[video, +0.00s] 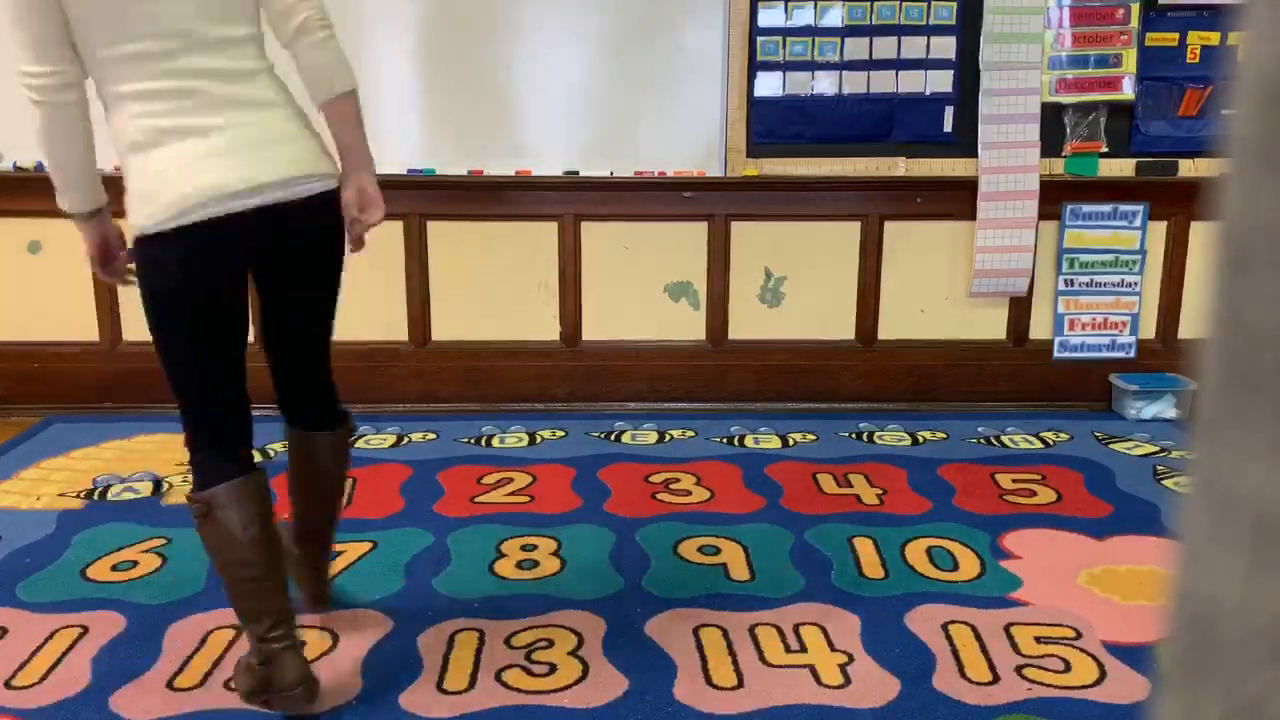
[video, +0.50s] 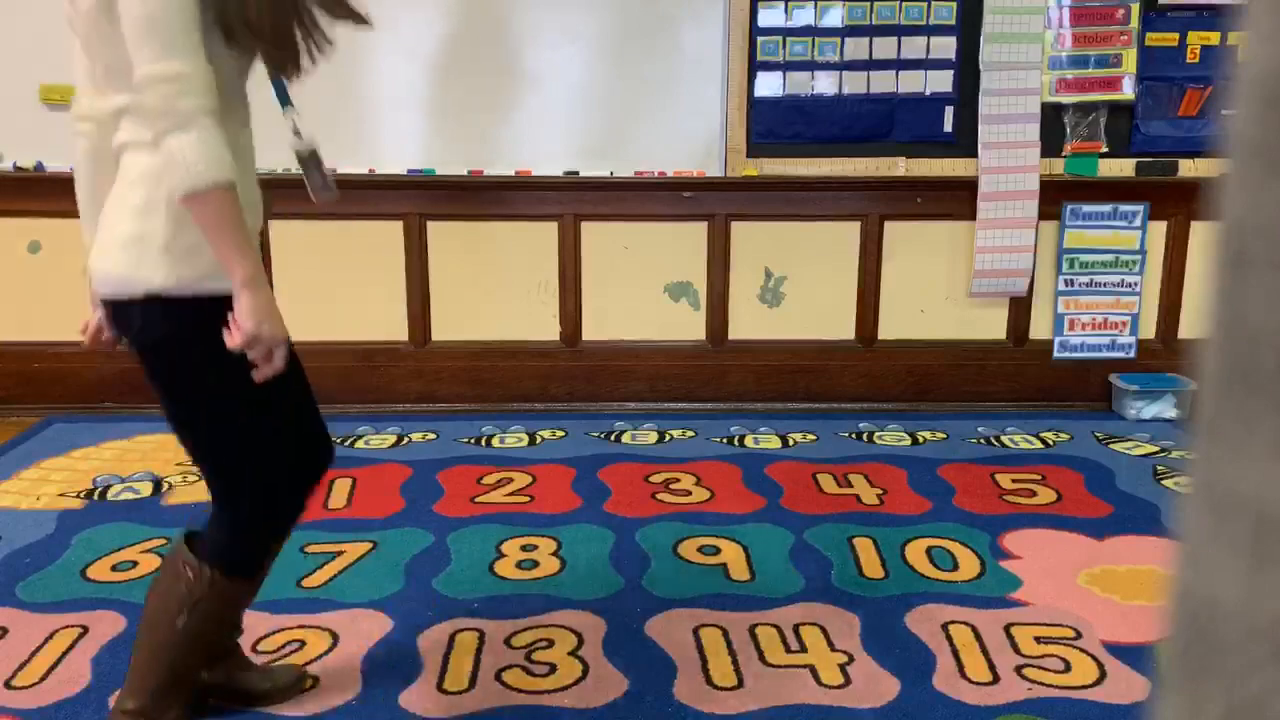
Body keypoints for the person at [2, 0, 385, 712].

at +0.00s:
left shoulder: (40, 3)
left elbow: (51, 82)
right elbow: (302, 23)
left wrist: (90, 214)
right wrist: (359, 163)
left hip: (176, 206)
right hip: (299, 184)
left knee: (216, 426)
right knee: (308, 381)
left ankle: (276, 653)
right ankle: (312, 570)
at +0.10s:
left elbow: (56, 80)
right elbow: (278, 27)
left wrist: (106, 205)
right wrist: (343, 176)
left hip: (152, 205)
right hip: (280, 183)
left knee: (208, 432)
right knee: (334, 402)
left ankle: (266, 653)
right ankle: (377, 597)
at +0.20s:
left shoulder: (71, 5)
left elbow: (83, 81)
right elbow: (234, 47)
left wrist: (122, 195)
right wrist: (296, 196)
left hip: (144, 216)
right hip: (255, 202)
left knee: (211, 428)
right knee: (319, 418)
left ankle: (256, 656)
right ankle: (349, 637)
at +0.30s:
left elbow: (95, 75)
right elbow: (197, 51)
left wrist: (127, 195)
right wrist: (249, 204)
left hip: (141, 207)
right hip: (228, 203)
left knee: (213, 424)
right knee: (293, 424)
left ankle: (234, 648)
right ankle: (265, 668)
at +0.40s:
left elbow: (97, 76)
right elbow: (185, 59)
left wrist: (122, 220)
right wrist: (234, 222)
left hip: (160, 213)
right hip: (201, 218)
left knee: (247, 432)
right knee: (268, 440)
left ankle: (225, 654)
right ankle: (184, 682)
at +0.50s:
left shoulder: (104, 12)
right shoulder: (159, 5)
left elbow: (101, 117)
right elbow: (179, 108)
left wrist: (106, 270)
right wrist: (250, 279)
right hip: (175, 268)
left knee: (292, 453)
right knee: (267, 471)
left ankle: (210, 654)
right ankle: (151, 696)